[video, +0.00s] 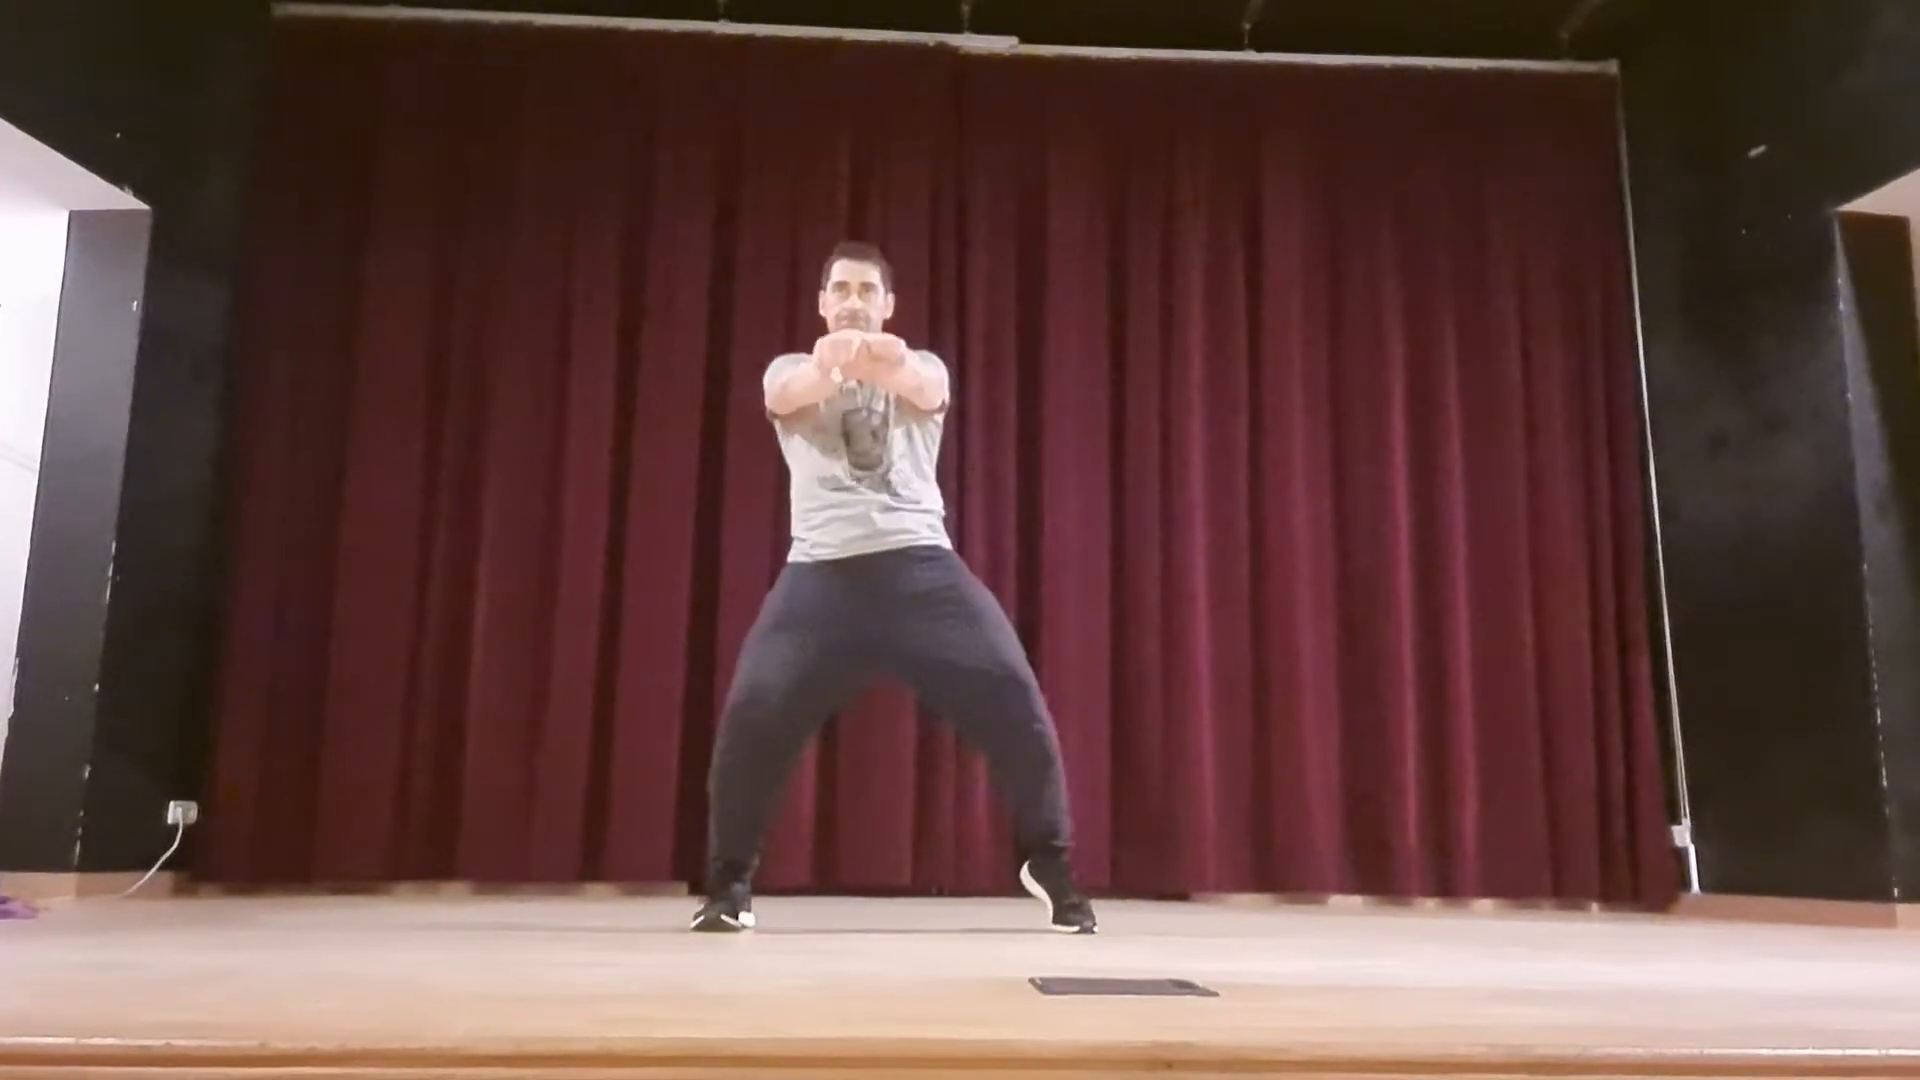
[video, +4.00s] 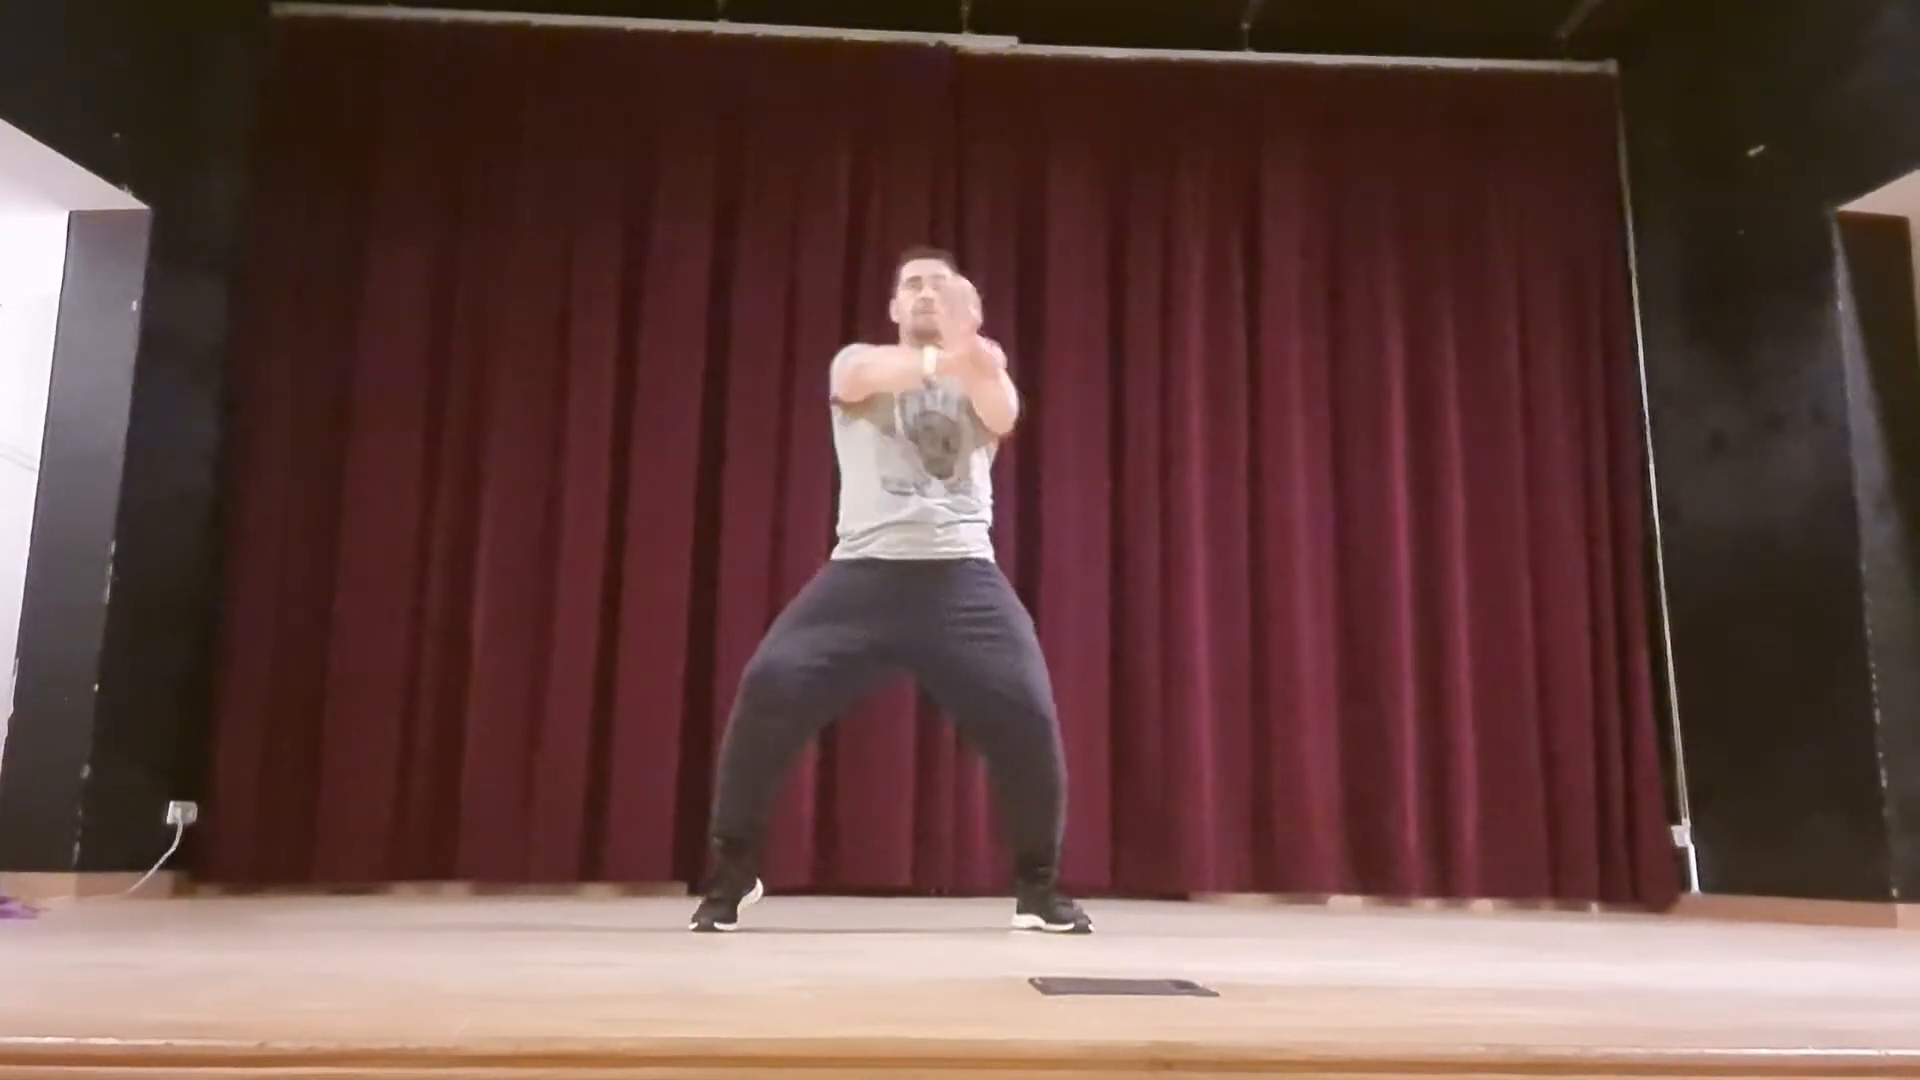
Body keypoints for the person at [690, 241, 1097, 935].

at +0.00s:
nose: (852, 302)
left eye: (866, 291)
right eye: (841, 290)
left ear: (889, 303)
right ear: (820, 301)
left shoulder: (921, 366)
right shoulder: (792, 368)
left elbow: (929, 393)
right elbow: (782, 399)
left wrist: (882, 364)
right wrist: (830, 373)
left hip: (922, 568)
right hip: (819, 575)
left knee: (1016, 700)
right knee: (755, 709)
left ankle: (1048, 861)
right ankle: (728, 887)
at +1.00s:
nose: (929, 293)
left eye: (942, 285)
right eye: (917, 288)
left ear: (967, 310)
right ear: (899, 315)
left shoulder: (989, 367)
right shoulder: (865, 363)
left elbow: (1002, 419)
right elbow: (862, 385)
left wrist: (968, 353)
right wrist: (925, 375)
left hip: (971, 578)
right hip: (869, 578)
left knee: (1031, 714)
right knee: (787, 698)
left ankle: (1047, 890)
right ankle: (734, 879)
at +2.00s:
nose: (936, 288)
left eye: (950, 278)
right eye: (923, 278)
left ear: (972, 299)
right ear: (903, 297)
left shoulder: (991, 373)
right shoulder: (870, 355)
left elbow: (1007, 404)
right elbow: (864, 363)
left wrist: (982, 326)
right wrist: (943, 330)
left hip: (965, 576)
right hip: (862, 569)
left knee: (1022, 707)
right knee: (770, 676)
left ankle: (1043, 888)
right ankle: (729, 863)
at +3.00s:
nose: (846, 290)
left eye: (859, 280)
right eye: (834, 280)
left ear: (881, 299)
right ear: (813, 297)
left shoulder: (912, 358)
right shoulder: (784, 366)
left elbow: (921, 379)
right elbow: (771, 398)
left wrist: (875, 346)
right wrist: (815, 363)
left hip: (923, 572)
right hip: (819, 579)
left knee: (1016, 692)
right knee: (753, 702)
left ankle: (1047, 862)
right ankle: (732, 886)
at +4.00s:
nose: (922, 292)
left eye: (937, 283)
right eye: (911, 285)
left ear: (970, 307)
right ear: (893, 309)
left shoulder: (986, 368)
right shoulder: (861, 362)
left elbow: (1001, 417)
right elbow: (858, 378)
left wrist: (970, 355)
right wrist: (929, 362)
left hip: (964, 578)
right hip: (861, 574)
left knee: (1027, 709)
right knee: (771, 683)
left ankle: (1039, 889)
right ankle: (731, 870)